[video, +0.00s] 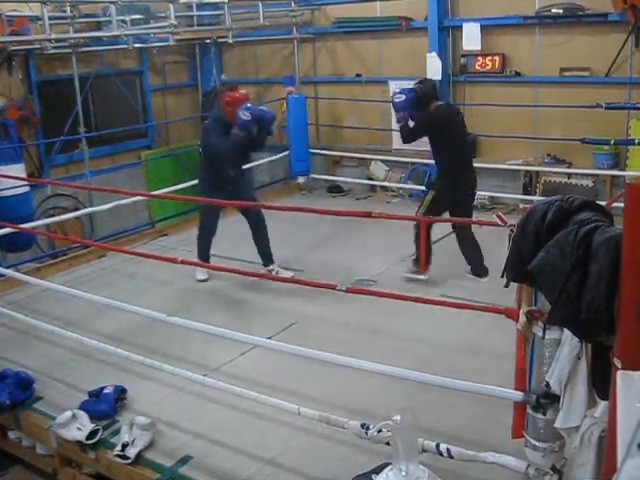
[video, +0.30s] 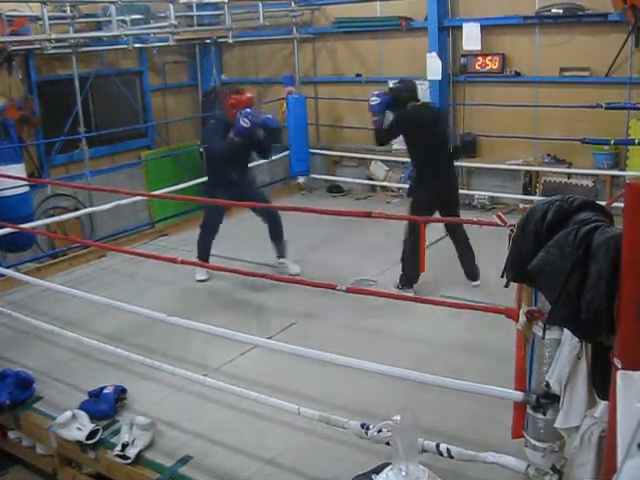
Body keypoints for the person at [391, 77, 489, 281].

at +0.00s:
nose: (415, 101)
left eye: (416, 97)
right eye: (415, 97)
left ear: (421, 99)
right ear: (435, 95)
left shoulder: (431, 117)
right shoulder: (452, 111)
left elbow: (407, 137)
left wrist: (401, 115)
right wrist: (413, 111)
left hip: (448, 181)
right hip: (466, 178)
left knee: (422, 219)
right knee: (462, 227)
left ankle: (421, 265)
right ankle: (479, 269)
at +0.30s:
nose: (392, 102)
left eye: (394, 99)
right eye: (392, 99)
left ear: (400, 99)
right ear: (415, 95)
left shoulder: (405, 117)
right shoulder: (437, 112)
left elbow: (381, 139)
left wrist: (378, 115)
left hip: (426, 181)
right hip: (448, 179)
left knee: (414, 230)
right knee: (454, 225)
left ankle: (408, 280)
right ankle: (473, 273)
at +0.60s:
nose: (380, 114)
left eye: (382, 110)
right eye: (380, 110)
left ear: (387, 112)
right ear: (404, 110)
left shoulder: (384, 131)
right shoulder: (421, 127)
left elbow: (354, 141)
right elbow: (394, 122)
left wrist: (339, 127)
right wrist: (373, 111)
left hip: (397, 203)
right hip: (422, 201)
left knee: (367, 238)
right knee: (432, 247)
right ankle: (451, 290)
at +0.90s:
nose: (383, 112)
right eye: (381, 108)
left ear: (358, 106)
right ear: (381, 110)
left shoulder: (343, 128)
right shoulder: (382, 132)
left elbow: (324, 158)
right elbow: (394, 158)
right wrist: (392, 132)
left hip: (330, 200)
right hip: (356, 203)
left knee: (333, 245)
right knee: (371, 252)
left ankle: (323, 288)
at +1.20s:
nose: (370, 127)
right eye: (369, 123)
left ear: (343, 120)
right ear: (366, 125)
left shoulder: (327, 139)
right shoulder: (366, 145)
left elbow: (308, 168)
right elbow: (382, 172)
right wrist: (382, 146)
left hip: (308, 210)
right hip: (333, 215)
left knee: (322, 246)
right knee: (338, 276)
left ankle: (309, 280)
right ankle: (315, 326)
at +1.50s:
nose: (357, 121)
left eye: (356, 116)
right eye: (356, 117)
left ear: (335, 111)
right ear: (351, 116)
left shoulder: (319, 126)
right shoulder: (346, 132)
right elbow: (365, 150)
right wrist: (363, 130)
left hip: (297, 195)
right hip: (317, 199)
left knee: (314, 245)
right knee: (330, 254)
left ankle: (309, 284)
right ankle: (316, 311)